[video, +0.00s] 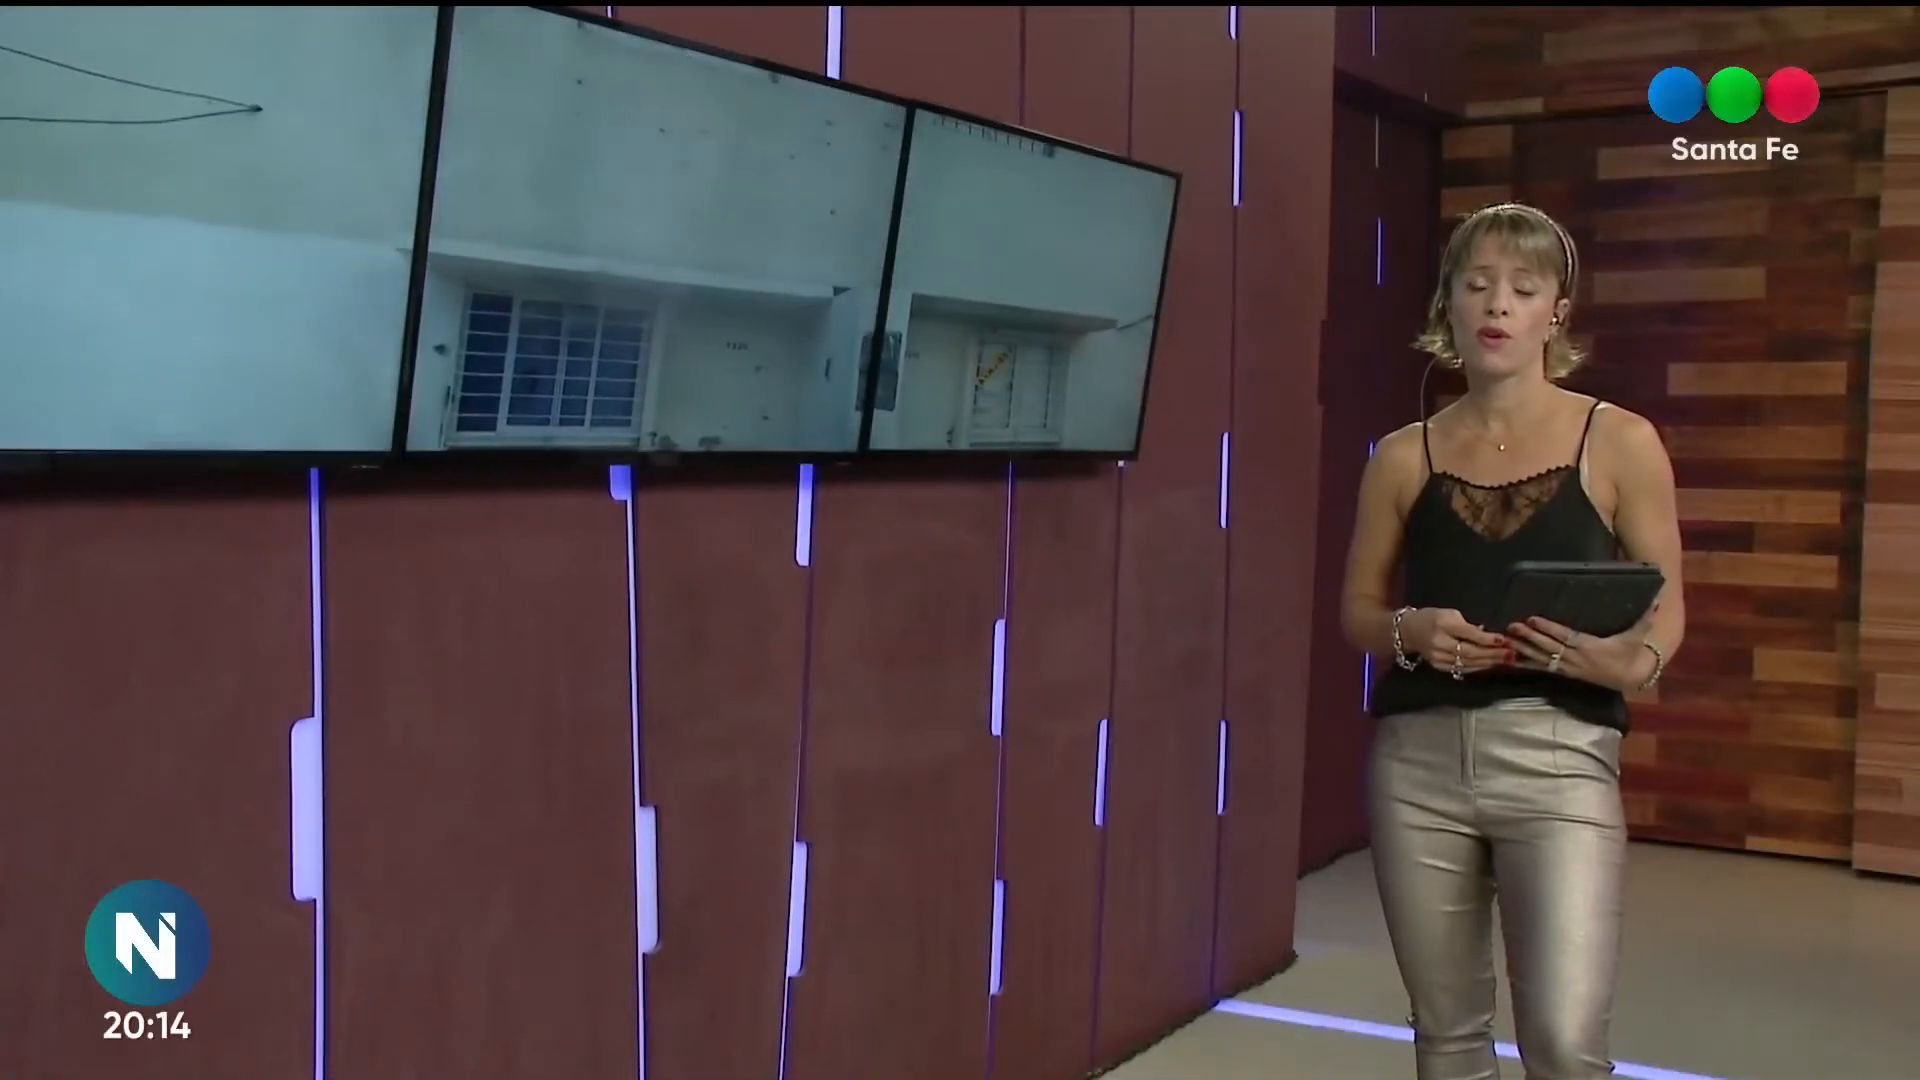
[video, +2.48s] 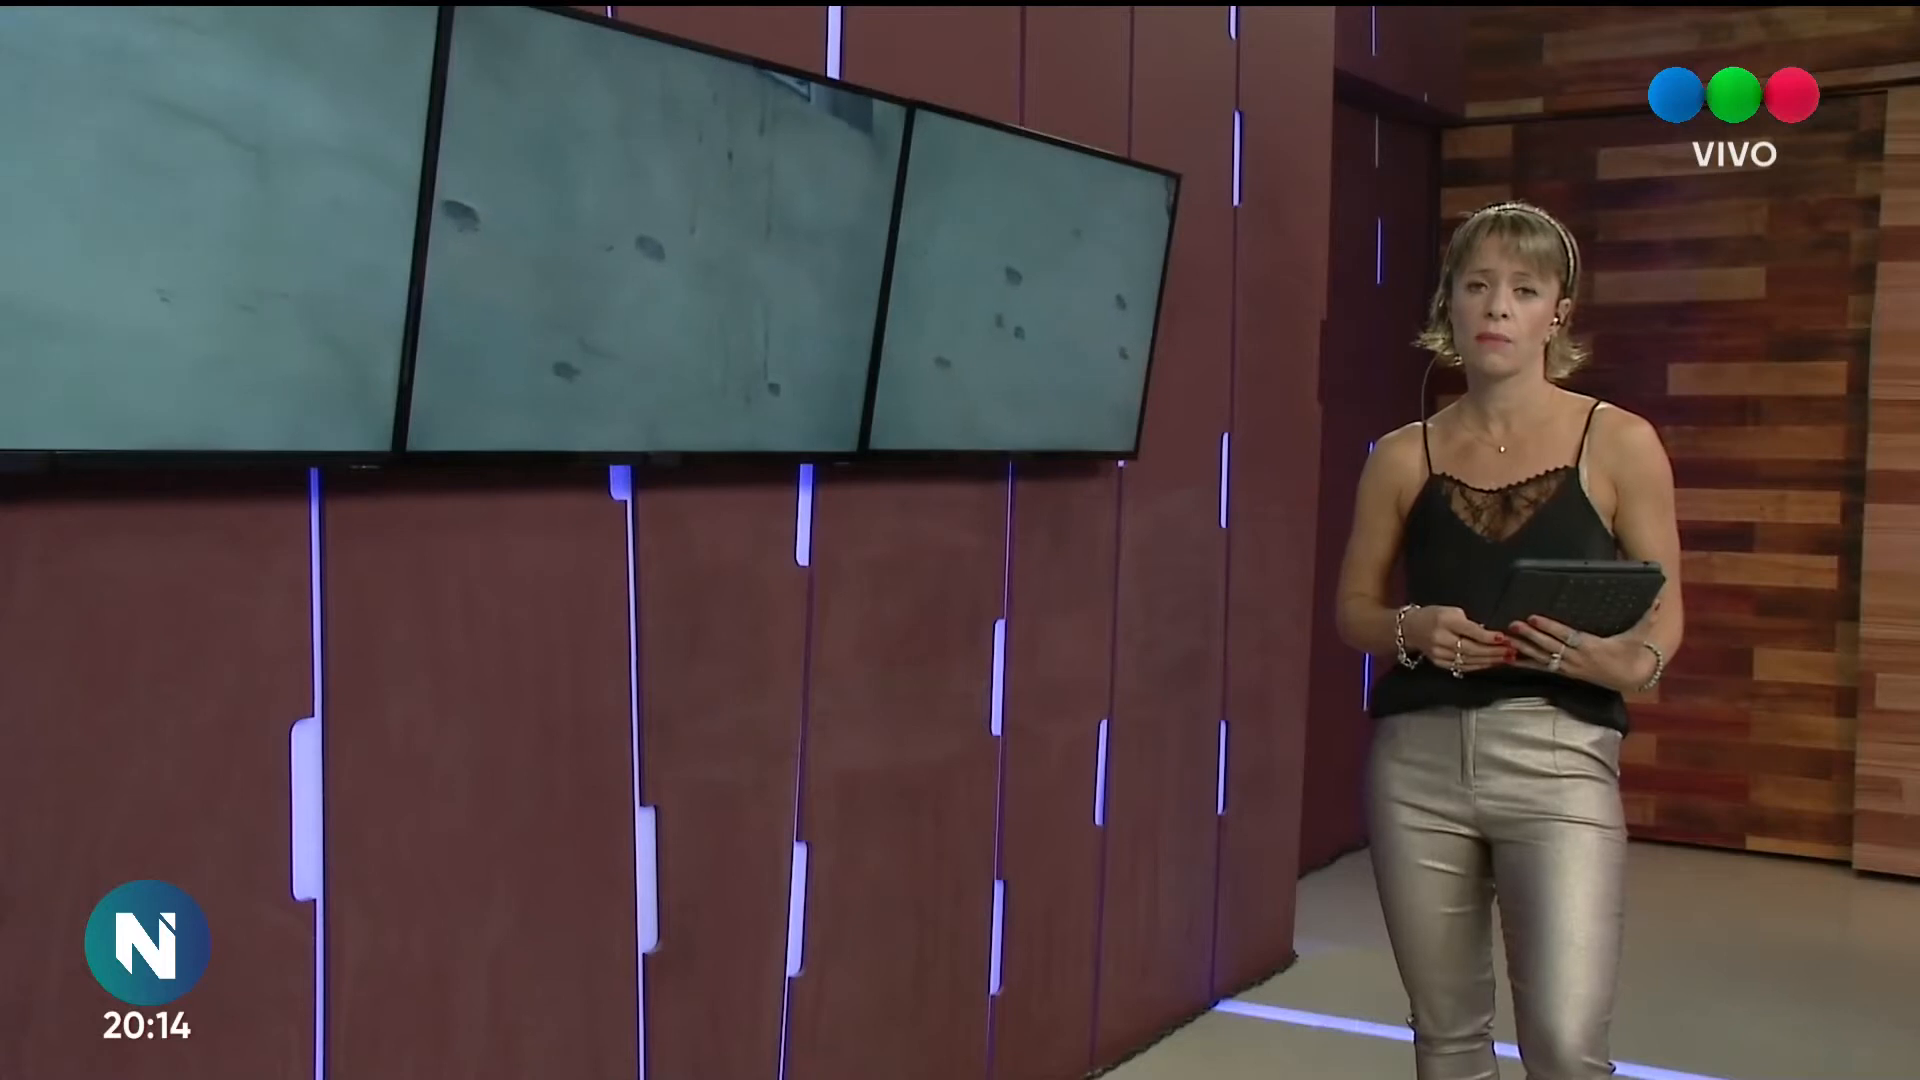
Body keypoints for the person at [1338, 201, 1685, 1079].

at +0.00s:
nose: (1494, 303)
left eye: (1520, 287)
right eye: (1476, 283)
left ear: (1555, 313)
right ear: (1448, 304)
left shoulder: (1620, 443)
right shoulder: (1401, 460)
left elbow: (1663, 604)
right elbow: (1357, 611)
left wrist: (1628, 664)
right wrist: (1405, 631)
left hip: (1557, 766)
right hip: (1416, 767)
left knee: (1563, 1048)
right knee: (1447, 1039)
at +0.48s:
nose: (1487, 303)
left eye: (1514, 286)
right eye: (1470, 282)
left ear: (1553, 312)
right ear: (1446, 304)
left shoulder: (1618, 443)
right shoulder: (1399, 458)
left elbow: (1660, 609)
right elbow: (1354, 609)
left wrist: (1625, 662)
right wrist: (1405, 630)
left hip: (1557, 766)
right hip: (1416, 766)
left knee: (1561, 1047)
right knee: (1445, 1040)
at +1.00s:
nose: (1497, 306)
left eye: (1524, 289)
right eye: (1479, 285)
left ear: (1559, 313)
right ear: (1451, 305)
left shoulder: (1624, 444)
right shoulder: (1403, 459)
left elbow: (1665, 611)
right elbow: (1357, 611)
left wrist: (1629, 664)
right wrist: (1409, 630)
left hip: (1560, 768)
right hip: (1419, 768)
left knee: (1567, 1048)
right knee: (1448, 1039)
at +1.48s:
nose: (1501, 304)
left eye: (1527, 288)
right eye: (1482, 284)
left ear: (1563, 313)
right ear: (1454, 305)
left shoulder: (1626, 444)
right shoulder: (1406, 458)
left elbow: (1668, 610)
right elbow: (1359, 607)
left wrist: (1631, 663)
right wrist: (1411, 630)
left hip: (1562, 768)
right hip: (1420, 768)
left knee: (1567, 1050)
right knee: (1448, 1042)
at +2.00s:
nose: (1497, 305)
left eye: (1524, 288)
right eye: (1479, 284)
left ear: (1559, 313)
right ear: (1451, 305)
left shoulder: (1623, 444)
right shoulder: (1403, 459)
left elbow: (1665, 614)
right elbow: (1354, 611)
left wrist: (1627, 663)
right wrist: (1410, 629)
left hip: (1560, 768)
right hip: (1418, 768)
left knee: (1566, 1049)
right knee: (1447, 1041)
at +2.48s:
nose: (1496, 305)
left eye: (1523, 289)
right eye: (1477, 284)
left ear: (1556, 315)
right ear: (1448, 305)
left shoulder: (1620, 444)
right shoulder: (1400, 458)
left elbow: (1663, 608)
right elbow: (1353, 611)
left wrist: (1624, 664)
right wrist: (1410, 629)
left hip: (1558, 768)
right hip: (1416, 767)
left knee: (1563, 1050)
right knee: (1446, 1042)